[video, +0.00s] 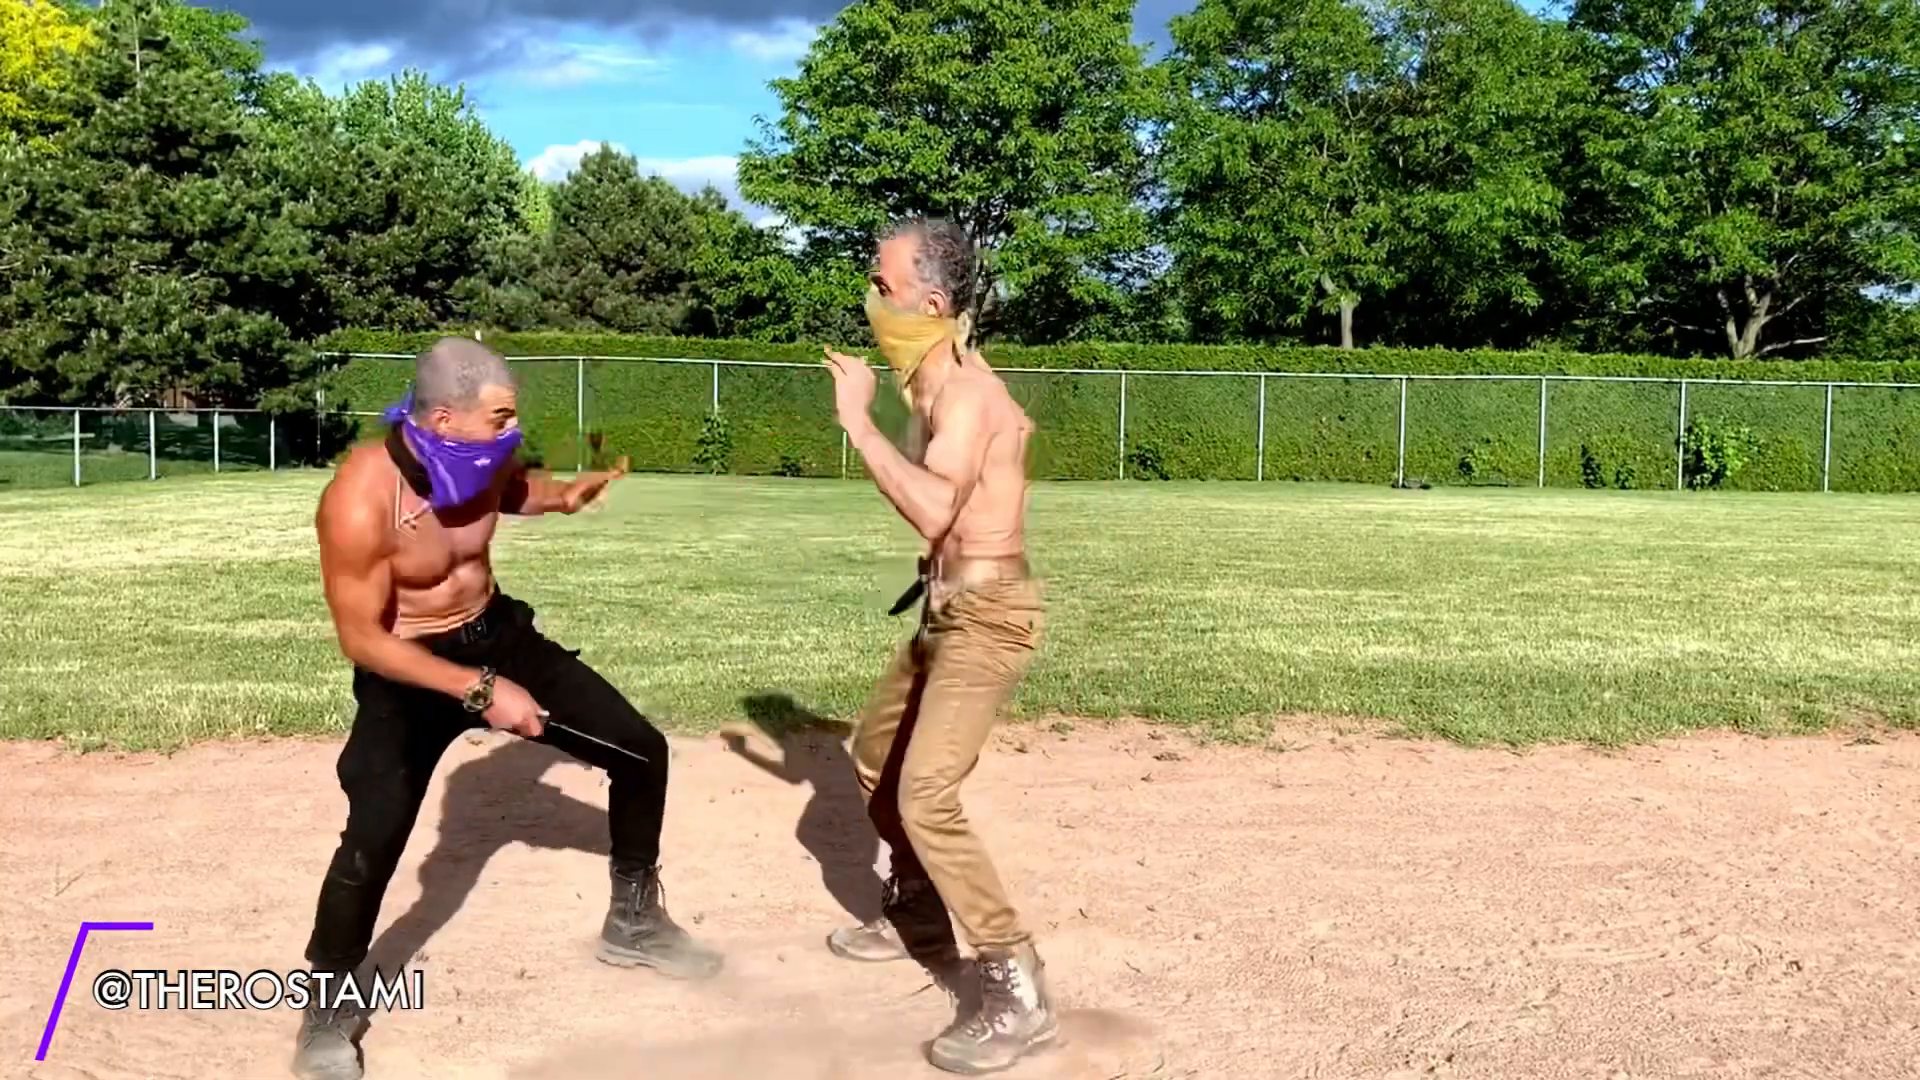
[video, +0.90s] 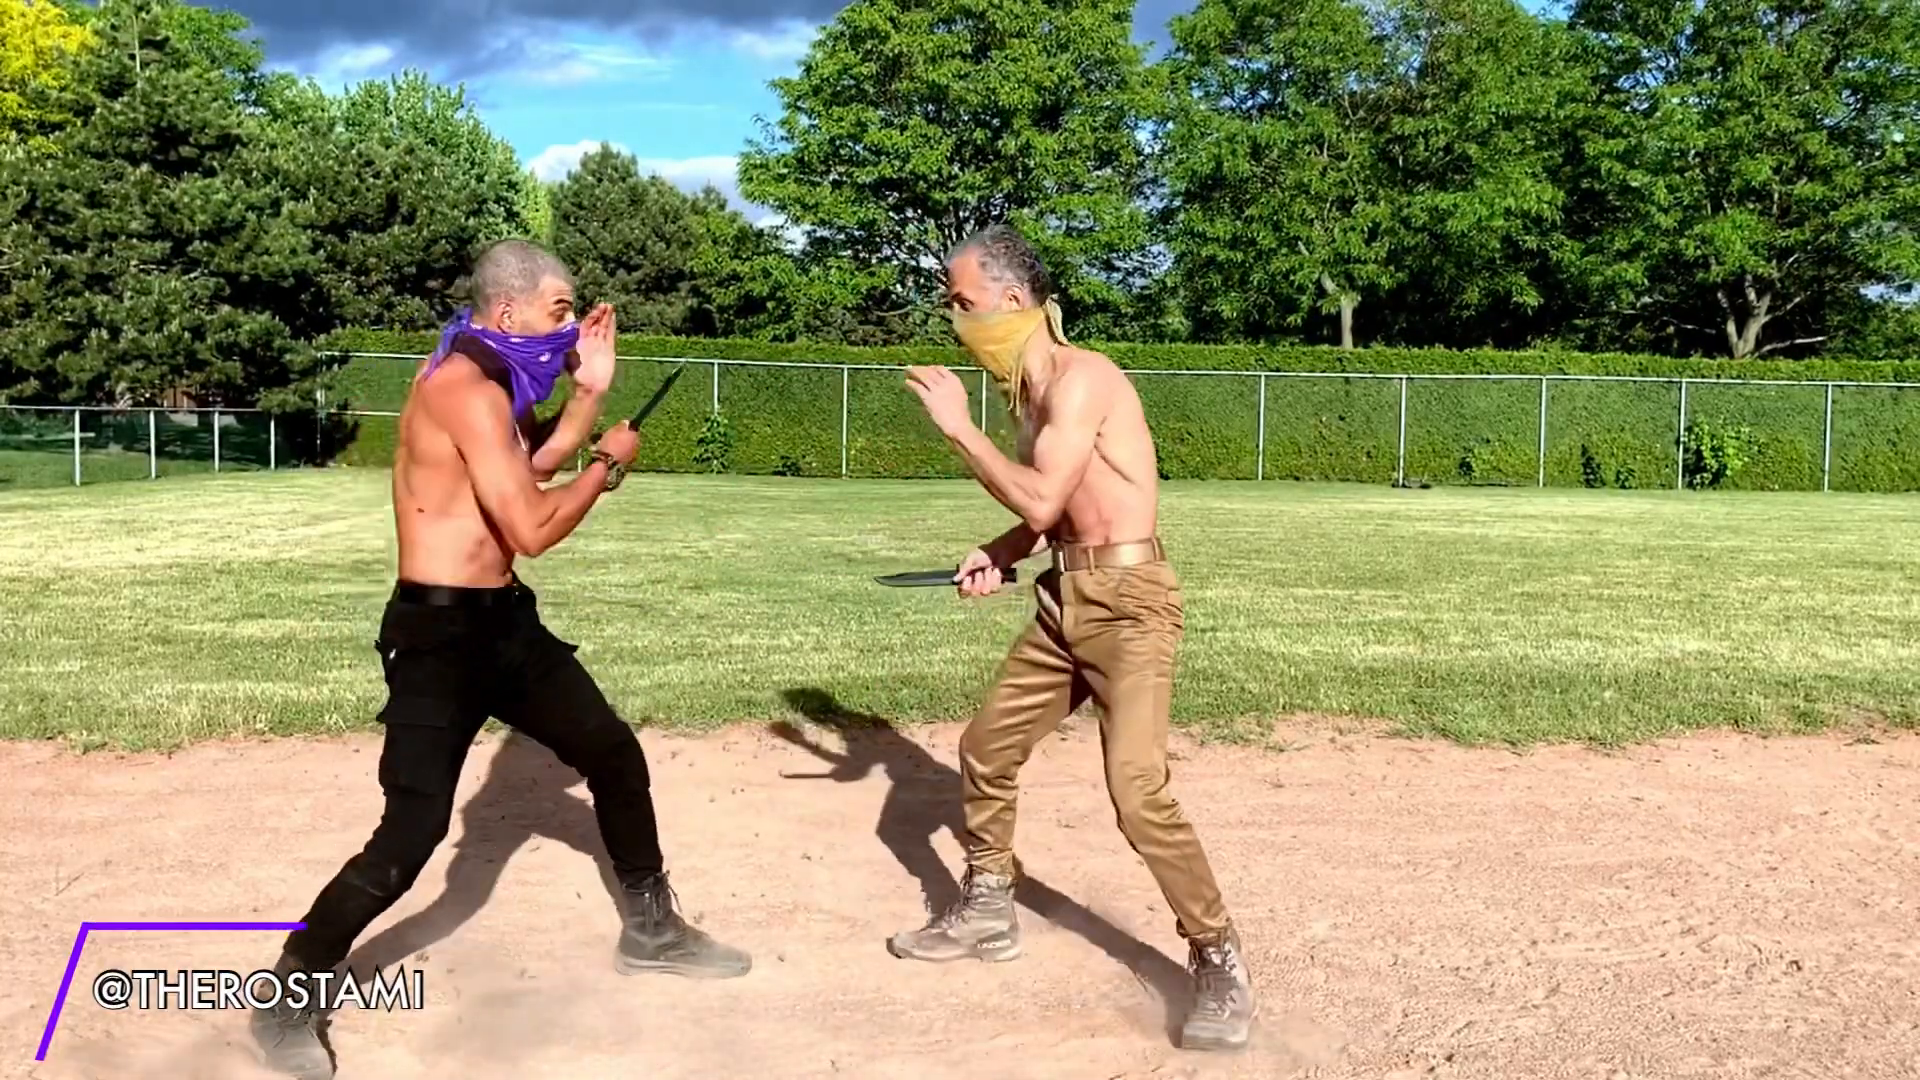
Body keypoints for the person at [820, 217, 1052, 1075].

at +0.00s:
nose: (873, 300)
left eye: (885, 286)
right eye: (875, 283)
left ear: (933, 299)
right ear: (936, 296)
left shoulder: (967, 392)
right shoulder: (949, 382)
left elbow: (934, 511)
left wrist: (857, 424)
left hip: (988, 616)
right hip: (950, 608)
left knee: (927, 799)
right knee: (876, 756)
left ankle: (1018, 992)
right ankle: (918, 917)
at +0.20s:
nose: (857, 319)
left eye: (864, 304)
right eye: (857, 302)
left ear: (903, 306)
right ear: (932, 307)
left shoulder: (901, 385)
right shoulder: (995, 376)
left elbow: (842, 488)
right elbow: (1062, 480)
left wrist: (770, 554)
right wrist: (959, 519)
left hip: (1001, 612)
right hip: (1043, 606)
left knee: (896, 799)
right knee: (942, 766)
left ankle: (961, 1005)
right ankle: (961, 921)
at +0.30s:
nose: (858, 329)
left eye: (864, 311)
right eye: (855, 313)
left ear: (907, 303)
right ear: (924, 305)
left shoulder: (937, 382)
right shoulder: (991, 377)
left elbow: (984, 501)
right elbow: (1012, 493)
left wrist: (919, 535)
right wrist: (924, 525)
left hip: (1008, 606)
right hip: (1045, 601)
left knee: (906, 784)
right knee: (958, 750)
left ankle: (957, 1000)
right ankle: (984, 905)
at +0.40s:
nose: (872, 315)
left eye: (880, 297)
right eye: (869, 299)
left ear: (927, 289)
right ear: (923, 291)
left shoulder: (1001, 369)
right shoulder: (953, 379)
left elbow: (1049, 496)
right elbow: (987, 502)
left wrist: (946, 498)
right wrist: (906, 540)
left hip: (1040, 593)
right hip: (995, 594)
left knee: (968, 765)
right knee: (936, 755)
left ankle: (979, 997)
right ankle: (978, 908)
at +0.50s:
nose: (907, 319)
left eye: (917, 302)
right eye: (903, 304)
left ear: (966, 293)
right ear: (950, 298)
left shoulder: (1044, 381)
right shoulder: (963, 392)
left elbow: (1046, 515)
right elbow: (986, 491)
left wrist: (946, 459)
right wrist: (930, 531)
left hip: (1064, 602)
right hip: (1001, 603)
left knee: (1013, 767)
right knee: (936, 756)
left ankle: (1095, 968)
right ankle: (980, 911)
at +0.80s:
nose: (956, 331)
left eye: (963, 312)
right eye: (950, 314)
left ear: (1015, 305)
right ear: (1001, 311)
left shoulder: (1081, 385)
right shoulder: (1025, 400)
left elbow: (1042, 507)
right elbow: (1063, 512)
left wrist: (959, 439)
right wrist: (1009, 565)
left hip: (1128, 604)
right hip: (1069, 604)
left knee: (1130, 798)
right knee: (986, 749)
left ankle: (1216, 962)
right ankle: (990, 908)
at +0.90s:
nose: (959, 322)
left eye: (966, 304)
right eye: (953, 306)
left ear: (1017, 297)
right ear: (1006, 302)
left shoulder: (1082, 380)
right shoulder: (1031, 393)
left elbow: (1040, 497)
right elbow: (1058, 508)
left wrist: (960, 428)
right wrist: (1002, 554)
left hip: (1131, 599)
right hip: (1067, 598)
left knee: (1138, 794)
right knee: (989, 749)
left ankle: (1217, 958)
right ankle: (988, 909)